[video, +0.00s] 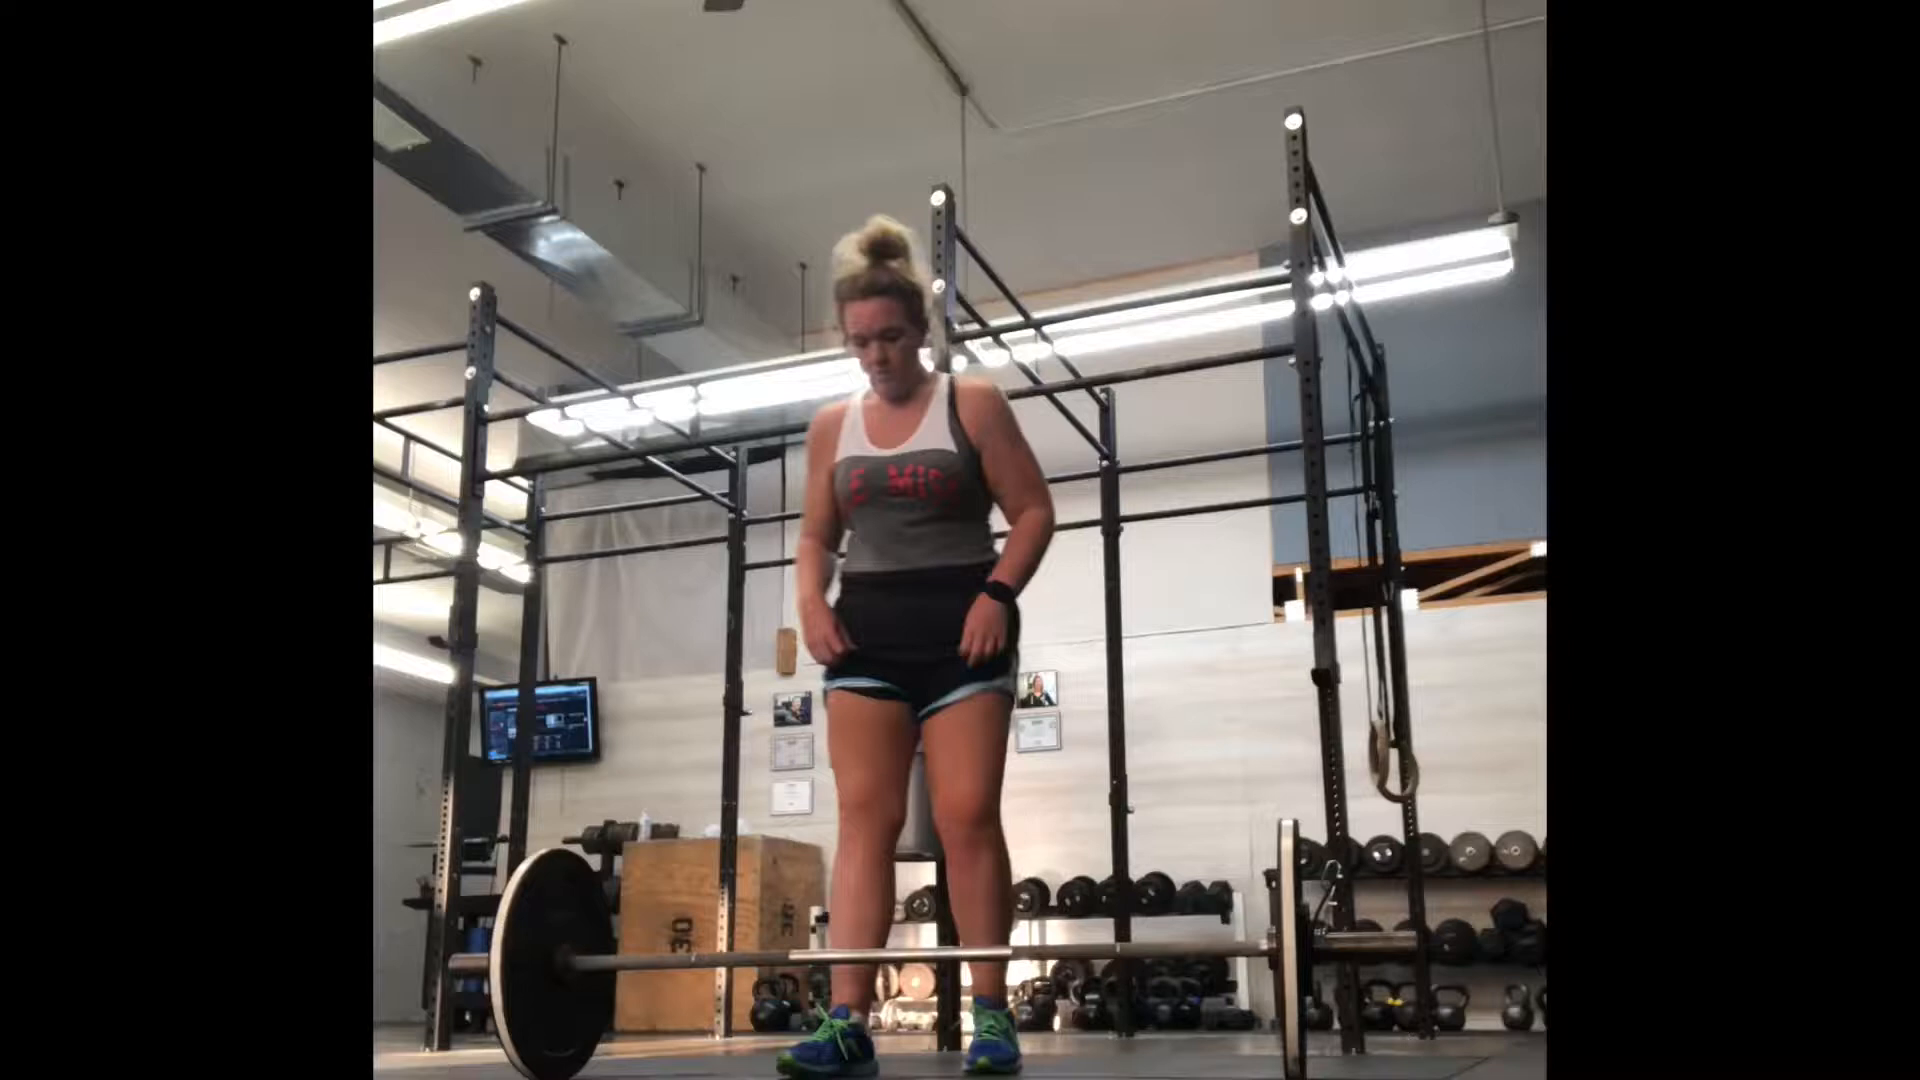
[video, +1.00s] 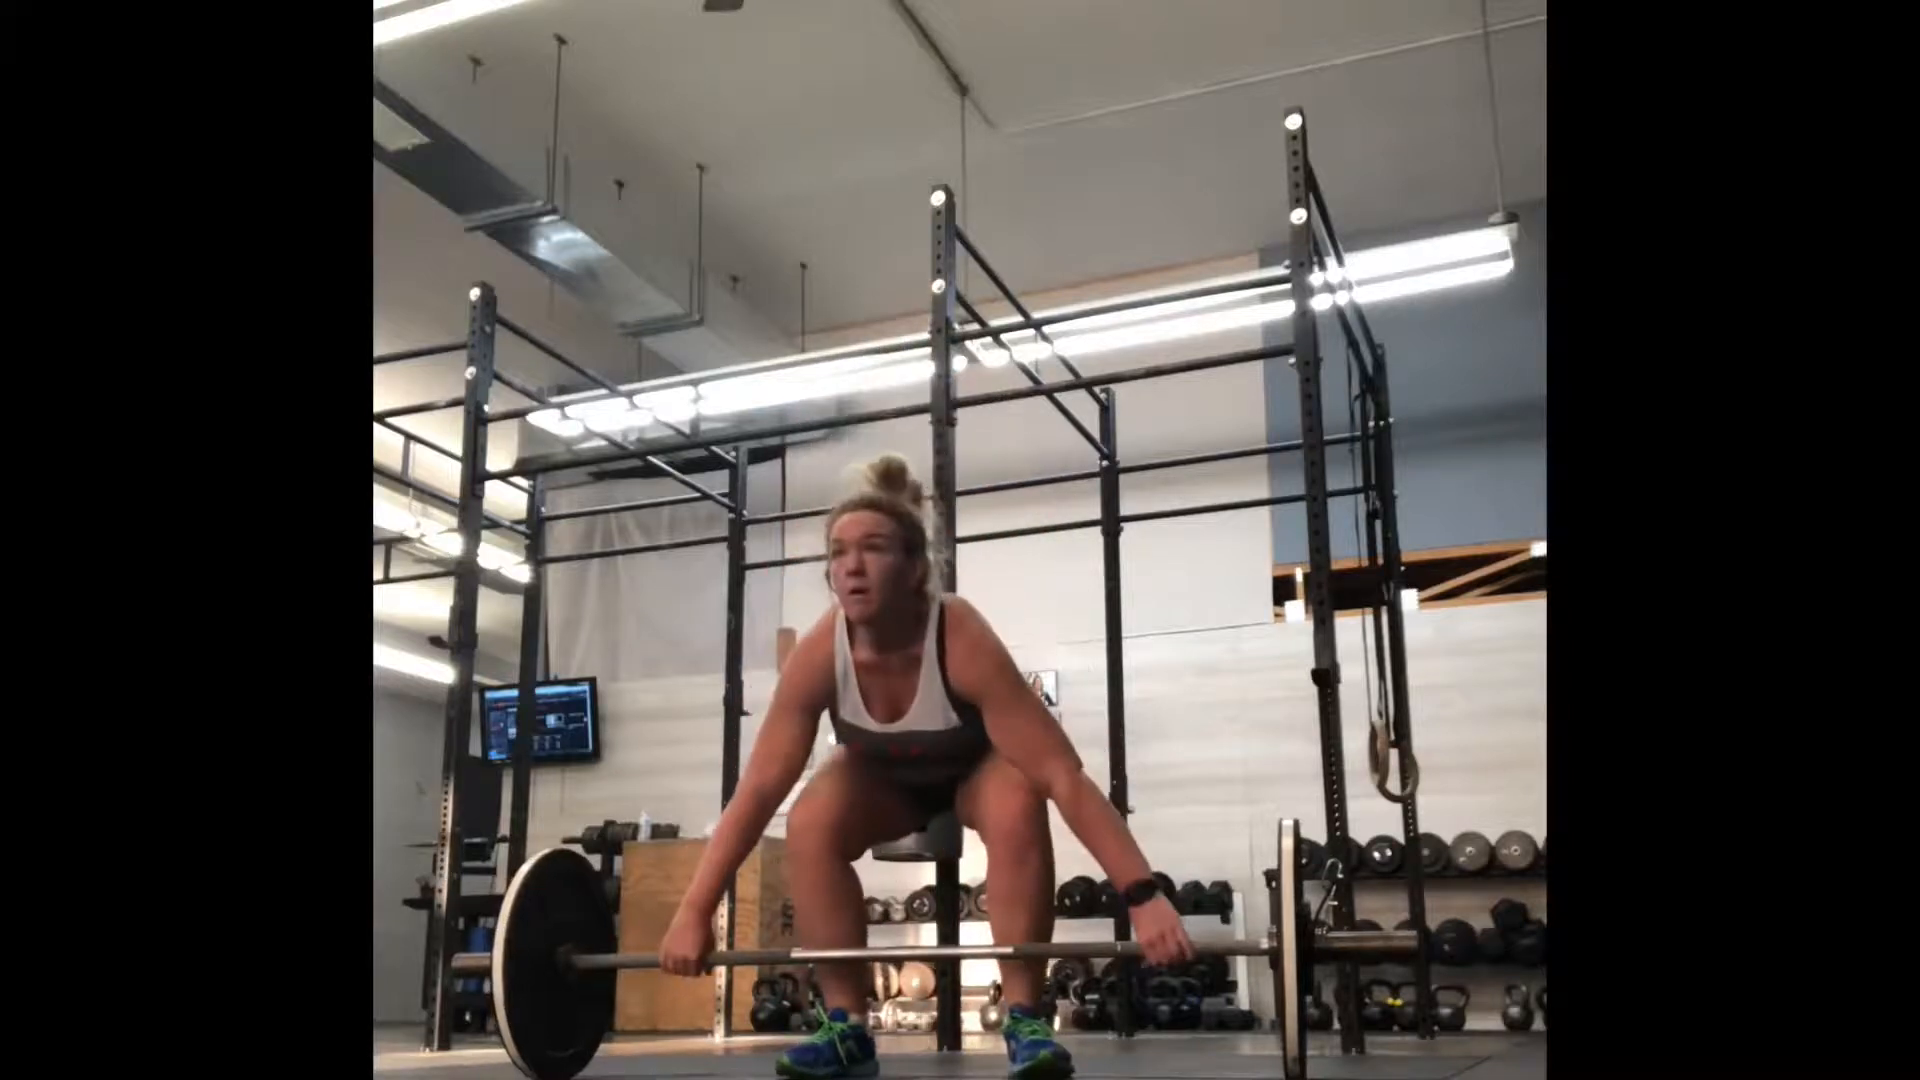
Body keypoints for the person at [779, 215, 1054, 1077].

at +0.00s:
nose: (879, 353)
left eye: (892, 335)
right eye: (864, 339)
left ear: (922, 327)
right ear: (845, 336)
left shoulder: (972, 404)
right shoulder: (832, 427)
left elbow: (1035, 513)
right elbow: (815, 536)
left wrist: (998, 593)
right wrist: (812, 607)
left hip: (962, 638)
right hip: (863, 643)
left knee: (967, 821)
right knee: (865, 822)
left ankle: (989, 1011)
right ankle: (847, 1019)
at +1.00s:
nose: (852, 565)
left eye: (872, 548)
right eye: (839, 551)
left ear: (914, 565)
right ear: (829, 569)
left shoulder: (962, 638)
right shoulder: (818, 653)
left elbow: (1064, 776)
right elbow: (760, 788)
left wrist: (1141, 894)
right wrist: (694, 909)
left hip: (980, 764)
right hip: (881, 773)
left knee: (1017, 816)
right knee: (809, 828)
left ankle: (1026, 1017)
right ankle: (846, 1023)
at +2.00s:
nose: (823, 523)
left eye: (842, 505)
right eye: (811, 508)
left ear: (887, 517)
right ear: (800, 522)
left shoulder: (948, 590)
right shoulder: (805, 610)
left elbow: (1050, 709)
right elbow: (746, 732)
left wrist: (1127, 836)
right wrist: (681, 850)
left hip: (988, 718)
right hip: (888, 727)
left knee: (1008, 816)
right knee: (822, 821)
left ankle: (1025, 1021)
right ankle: (846, 1025)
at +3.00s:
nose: (843, 445)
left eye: (864, 432)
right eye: (833, 436)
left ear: (906, 452)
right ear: (825, 455)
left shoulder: (956, 503)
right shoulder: (818, 526)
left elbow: (1061, 417)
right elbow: (730, 476)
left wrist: (1120, 298)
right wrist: (675, 388)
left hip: (998, 719)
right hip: (888, 732)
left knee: (1061, 809)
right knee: (785, 820)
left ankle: (1081, 1017)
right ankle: (803, 1026)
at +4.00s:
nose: (827, 566)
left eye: (849, 549)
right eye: (816, 555)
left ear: (896, 571)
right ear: (810, 576)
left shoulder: (946, 614)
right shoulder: (807, 640)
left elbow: (1051, 536)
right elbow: (715, 588)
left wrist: (1119, 407)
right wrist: (651, 491)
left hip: (988, 818)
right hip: (878, 830)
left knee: (1067, 815)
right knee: (760, 834)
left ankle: (1079, 1025)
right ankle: (802, 1031)